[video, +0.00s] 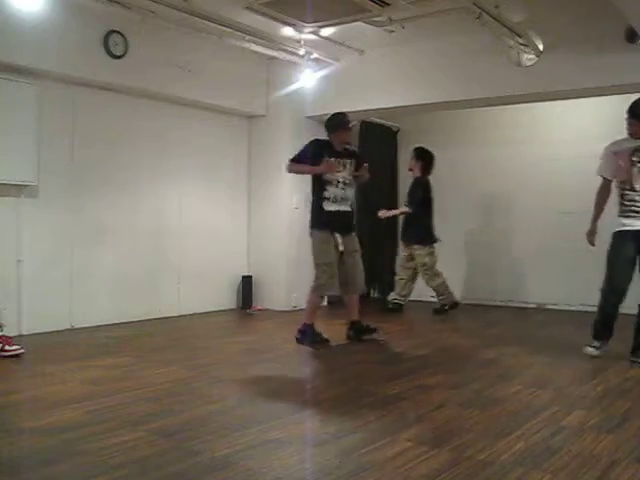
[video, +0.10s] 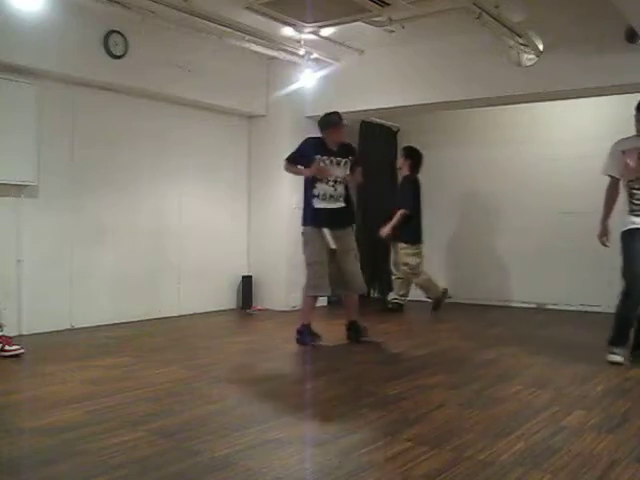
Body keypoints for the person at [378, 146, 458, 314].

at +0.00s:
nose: (409, 162)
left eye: (413, 159)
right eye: (411, 159)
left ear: (419, 163)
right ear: (422, 164)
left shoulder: (421, 184)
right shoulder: (418, 183)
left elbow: (411, 208)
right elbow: (417, 210)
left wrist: (389, 213)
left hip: (421, 237)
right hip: (410, 236)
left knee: (428, 272)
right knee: (405, 272)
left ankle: (447, 299)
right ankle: (397, 300)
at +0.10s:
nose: (398, 161)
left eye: (400, 158)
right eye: (399, 158)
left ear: (407, 161)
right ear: (412, 162)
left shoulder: (409, 182)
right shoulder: (407, 181)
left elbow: (404, 209)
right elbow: (404, 208)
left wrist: (389, 226)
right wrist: (393, 225)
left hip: (409, 234)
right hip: (402, 234)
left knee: (410, 268)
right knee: (400, 269)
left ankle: (437, 293)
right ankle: (397, 299)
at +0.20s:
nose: (387, 159)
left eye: (391, 156)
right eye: (389, 156)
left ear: (398, 161)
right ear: (398, 160)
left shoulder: (399, 181)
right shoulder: (398, 180)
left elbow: (396, 209)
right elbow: (395, 209)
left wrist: (397, 232)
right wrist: (391, 230)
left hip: (396, 234)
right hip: (395, 233)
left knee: (392, 267)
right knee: (395, 268)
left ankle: (419, 290)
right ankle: (396, 298)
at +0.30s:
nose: (377, 159)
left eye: (381, 156)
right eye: (378, 156)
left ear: (390, 160)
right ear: (383, 161)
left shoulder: (395, 180)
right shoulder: (380, 180)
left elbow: (398, 208)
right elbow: (370, 205)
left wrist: (399, 230)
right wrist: (358, 221)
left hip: (387, 231)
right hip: (379, 230)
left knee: (375, 260)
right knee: (391, 266)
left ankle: (391, 294)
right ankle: (395, 297)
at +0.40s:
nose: (367, 160)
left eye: (371, 157)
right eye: (368, 157)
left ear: (379, 161)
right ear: (372, 161)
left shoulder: (386, 181)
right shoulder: (369, 181)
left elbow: (396, 206)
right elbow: (357, 205)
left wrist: (397, 229)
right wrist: (336, 215)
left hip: (382, 230)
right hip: (372, 229)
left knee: (366, 262)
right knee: (383, 266)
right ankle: (394, 297)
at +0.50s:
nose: (357, 159)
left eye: (361, 157)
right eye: (359, 156)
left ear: (369, 161)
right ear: (365, 162)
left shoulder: (376, 181)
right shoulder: (360, 180)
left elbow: (386, 207)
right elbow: (349, 202)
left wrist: (393, 229)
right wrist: (328, 212)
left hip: (374, 230)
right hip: (365, 229)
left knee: (360, 267)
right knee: (378, 268)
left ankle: (349, 299)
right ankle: (393, 295)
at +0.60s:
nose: (347, 159)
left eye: (351, 156)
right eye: (349, 155)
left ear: (359, 161)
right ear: (356, 161)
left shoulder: (365, 181)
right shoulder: (351, 180)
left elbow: (372, 208)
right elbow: (344, 203)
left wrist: (382, 231)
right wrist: (327, 213)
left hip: (359, 233)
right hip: (355, 232)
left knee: (350, 268)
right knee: (368, 268)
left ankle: (344, 300)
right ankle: (387, 293)